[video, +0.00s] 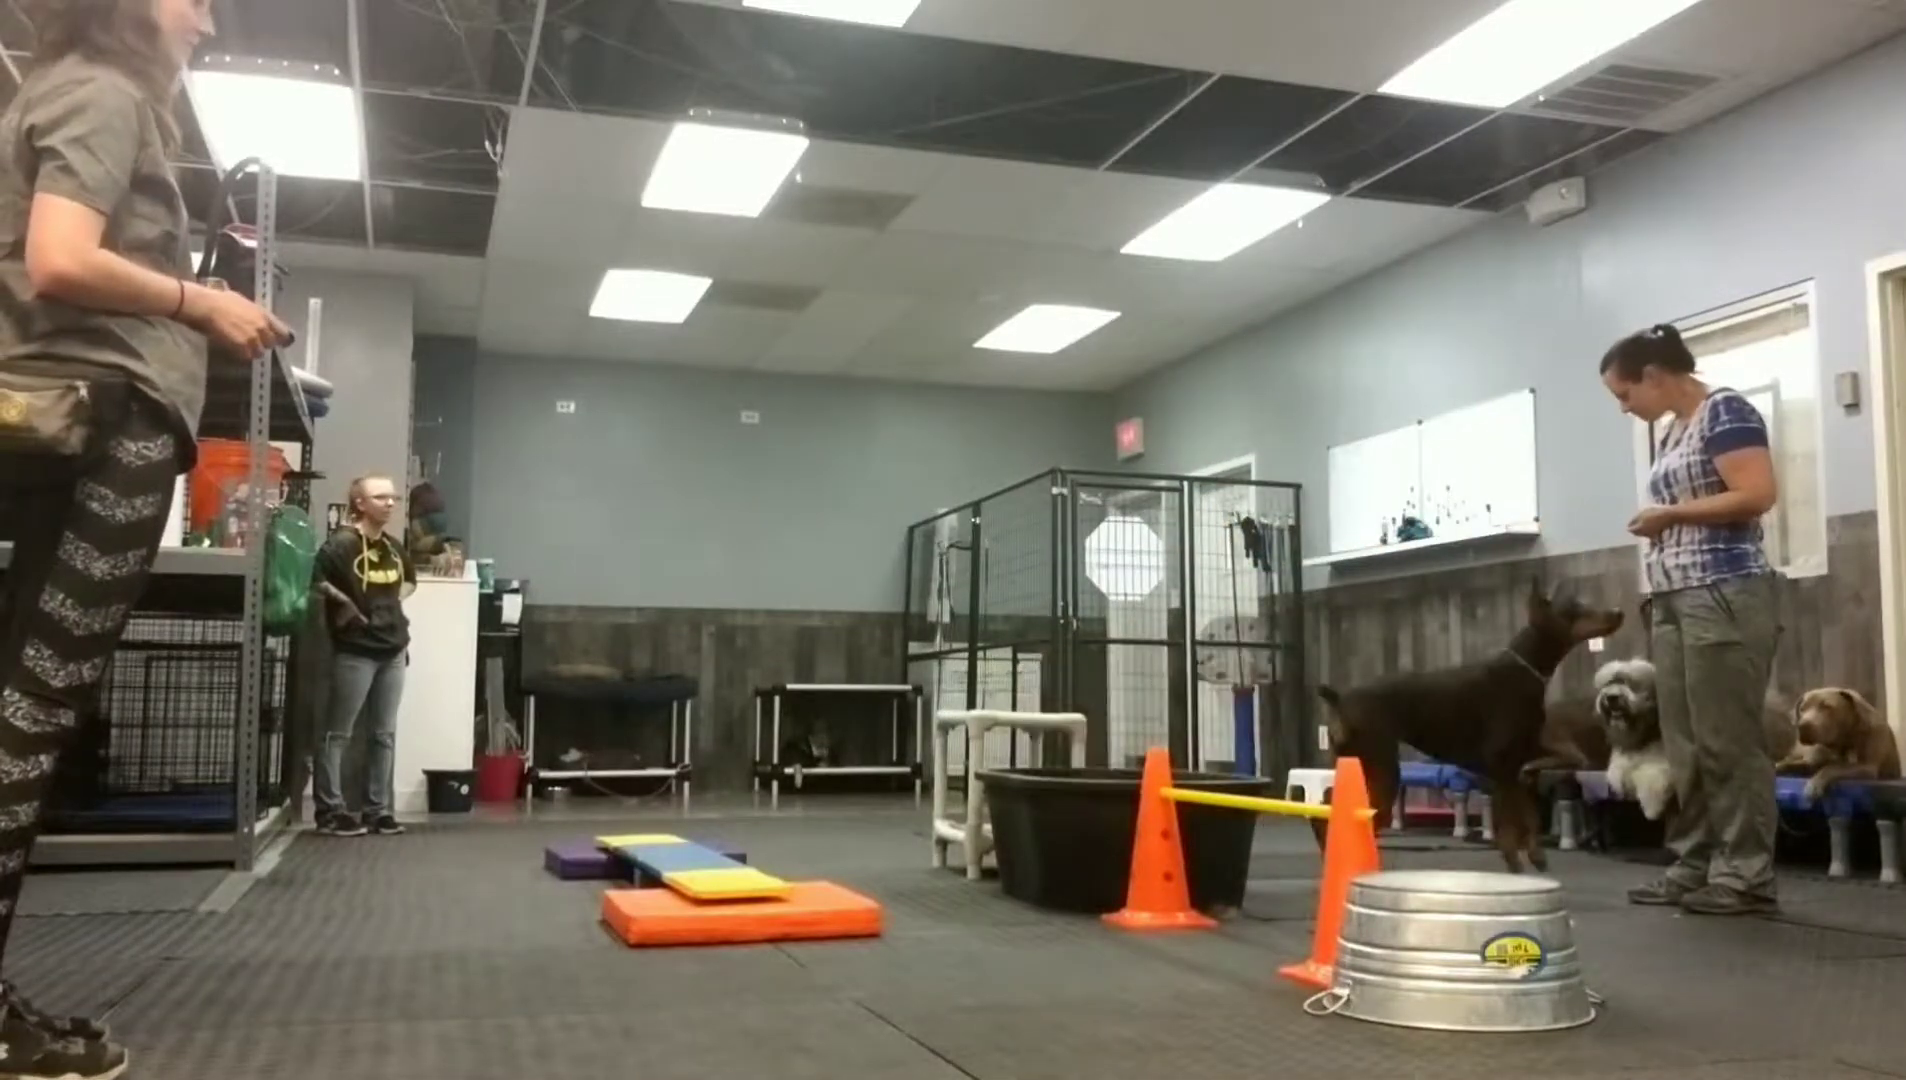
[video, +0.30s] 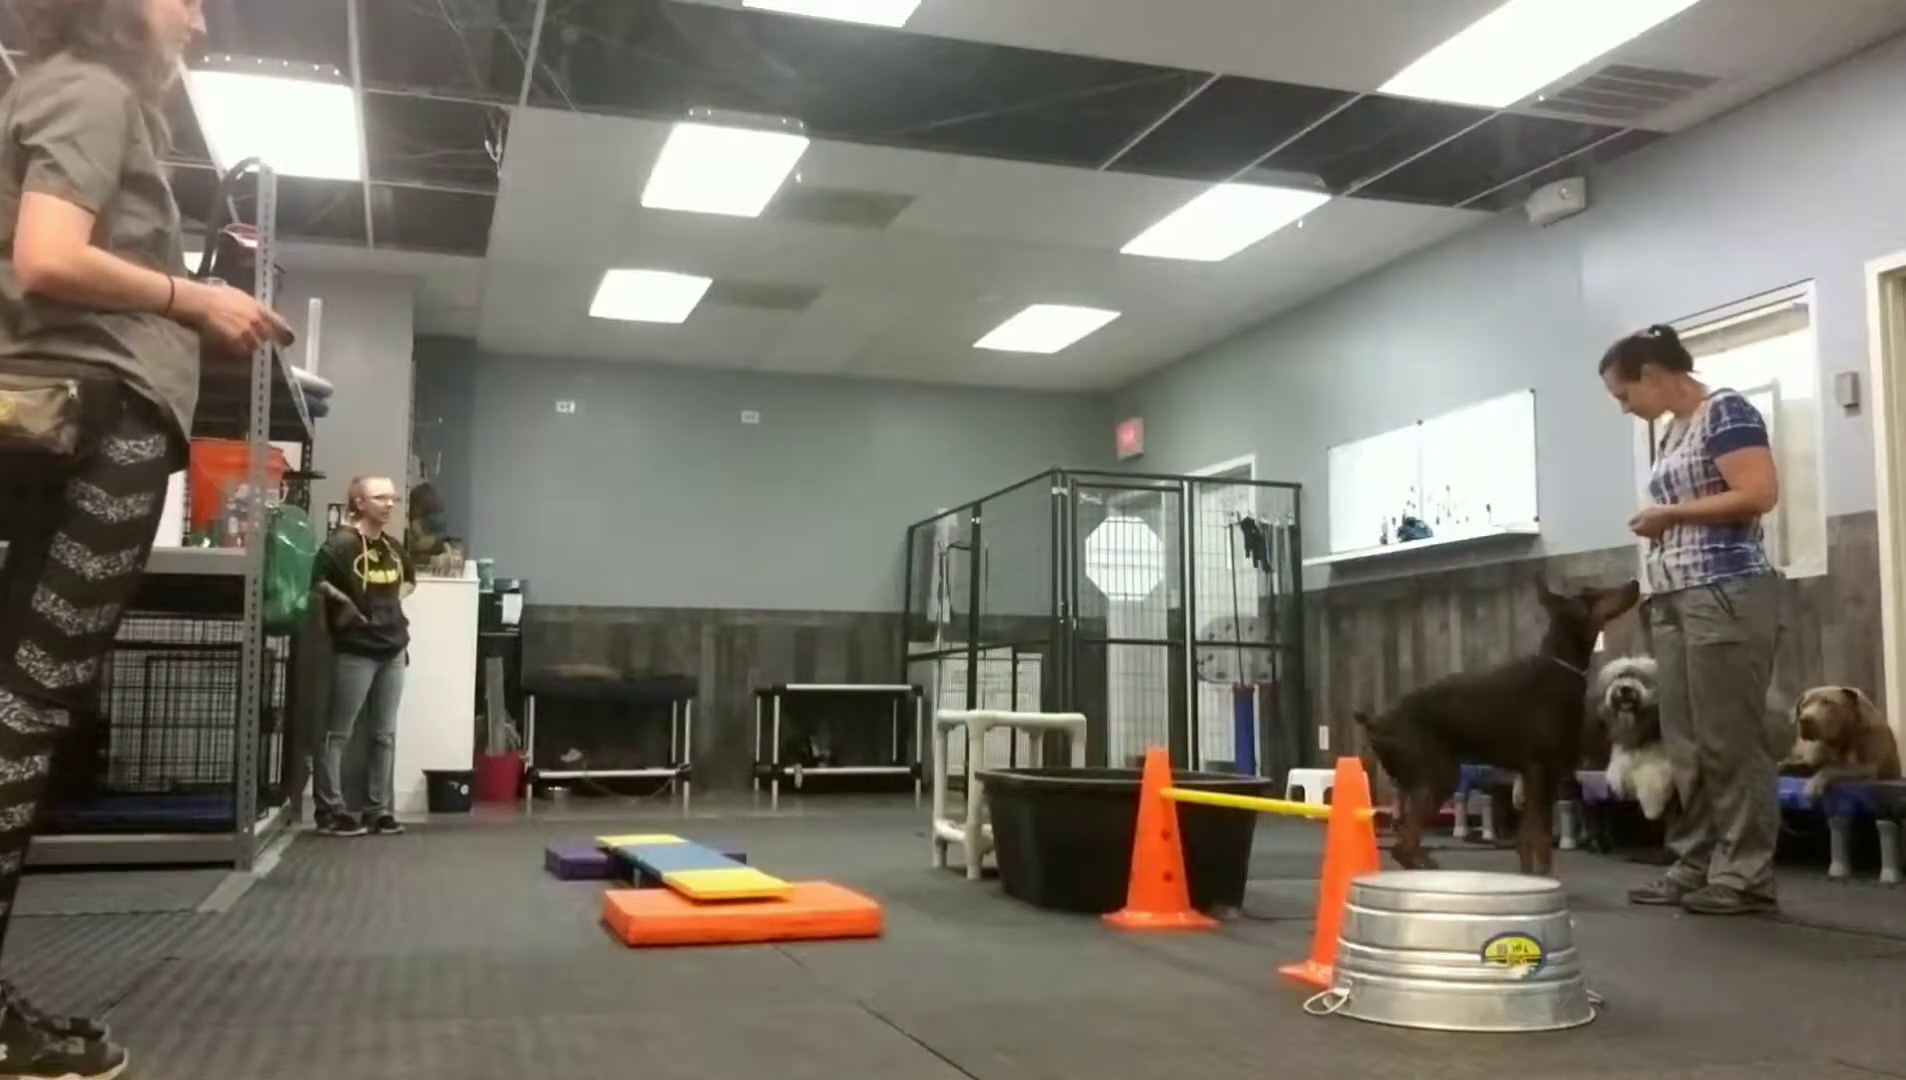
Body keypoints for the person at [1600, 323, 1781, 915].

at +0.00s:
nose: (1626, 409)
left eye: (1625, 395)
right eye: (1620, 399)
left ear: (1654, 375)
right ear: (1653, 380)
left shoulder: (1723, 411)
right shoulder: (1669, 437)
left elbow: (1758, 494)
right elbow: (1689, 518)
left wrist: (1671, 514)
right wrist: (1657, 536)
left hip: (1724, 597)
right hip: (1675, 602)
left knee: (1728, 740)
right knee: (1686, 743)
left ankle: (1746, 877)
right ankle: (1694, 866)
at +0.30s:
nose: (1626, 408)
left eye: (1624, 395)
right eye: (1620, 399)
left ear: (1652, 374)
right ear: (1652, 379)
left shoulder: (1724, 412)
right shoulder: (1670, 439)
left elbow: (1760, 494)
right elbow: (1691, 521)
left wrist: (1671, 514)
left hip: (1725, 598)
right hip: (1675, 603)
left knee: (1730, 741)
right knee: (1685, 742)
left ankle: (1745, 877)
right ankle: (1694, 865)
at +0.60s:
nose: (1628, 412)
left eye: (1625, 398)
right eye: (1621, 404)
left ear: (1651, 374)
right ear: (1651, 381)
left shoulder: (1717, 415)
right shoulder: (1685, 434)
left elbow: (1712, 511)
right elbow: (1697, 517)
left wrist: (1650, 528)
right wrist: (1659, 533)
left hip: (1738, 601)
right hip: (1698, 606)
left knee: (1745, 742)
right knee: (1708, 742)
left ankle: (1748, 879)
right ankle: (1712, 866)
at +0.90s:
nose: (1634, 424)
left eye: (1632, 410)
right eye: (1628, 415)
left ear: (1660, 390)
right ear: (1662, 394)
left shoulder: (1713, 433)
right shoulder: (1697, 443)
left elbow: (1734, 514)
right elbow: (1712, 529)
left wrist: (1669, 534)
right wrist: (1656, 553)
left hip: (1723, 609)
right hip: (1709, 609)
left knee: (1728, 737)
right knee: (1725, 737)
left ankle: (1741, 868)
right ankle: (1756, 867)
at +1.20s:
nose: (1568, 430)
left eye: (1566, 417)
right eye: (1564, 420)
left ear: (1585, 408)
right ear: (1606, 405)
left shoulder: (1632, 449)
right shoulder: (1647, 451)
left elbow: (1657, 522)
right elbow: (1665, 527)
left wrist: (1595, 537)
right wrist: (1605, 539)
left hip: (1639, 605)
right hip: (1665, 603)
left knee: (1622, 736)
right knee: (1656, 732)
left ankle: (1646, 860)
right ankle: (1722, 831)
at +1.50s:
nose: (1467, 439)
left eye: (1470, 428)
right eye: (1466, 430)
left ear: (1497, 422)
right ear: (1512, 424)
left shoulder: (1494, 470)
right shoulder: (1553, 471)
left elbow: (1502, 538)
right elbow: (1594, 538)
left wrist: (1470, 557)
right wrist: (1564, 581)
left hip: (1520, 620)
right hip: (1566, 618)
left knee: (1506, 726)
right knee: (1553, 721)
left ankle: (1582, 804)